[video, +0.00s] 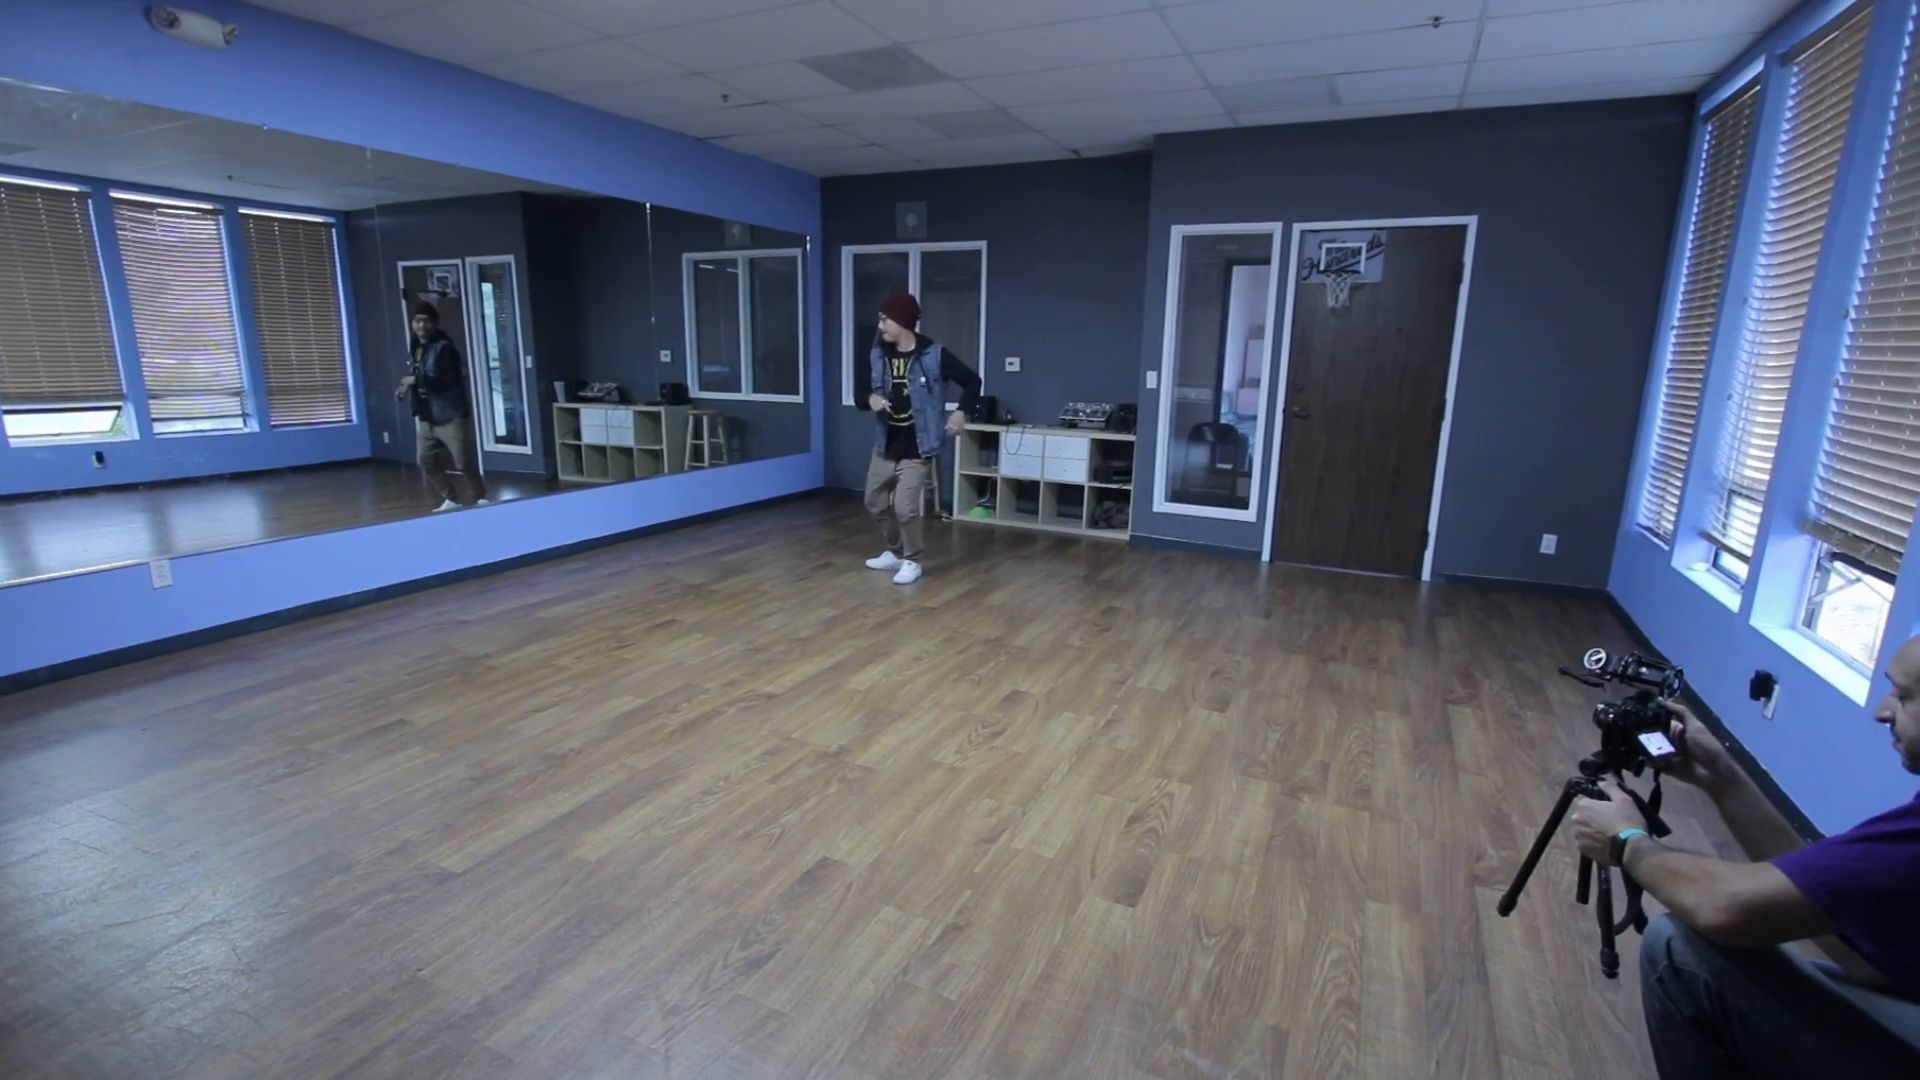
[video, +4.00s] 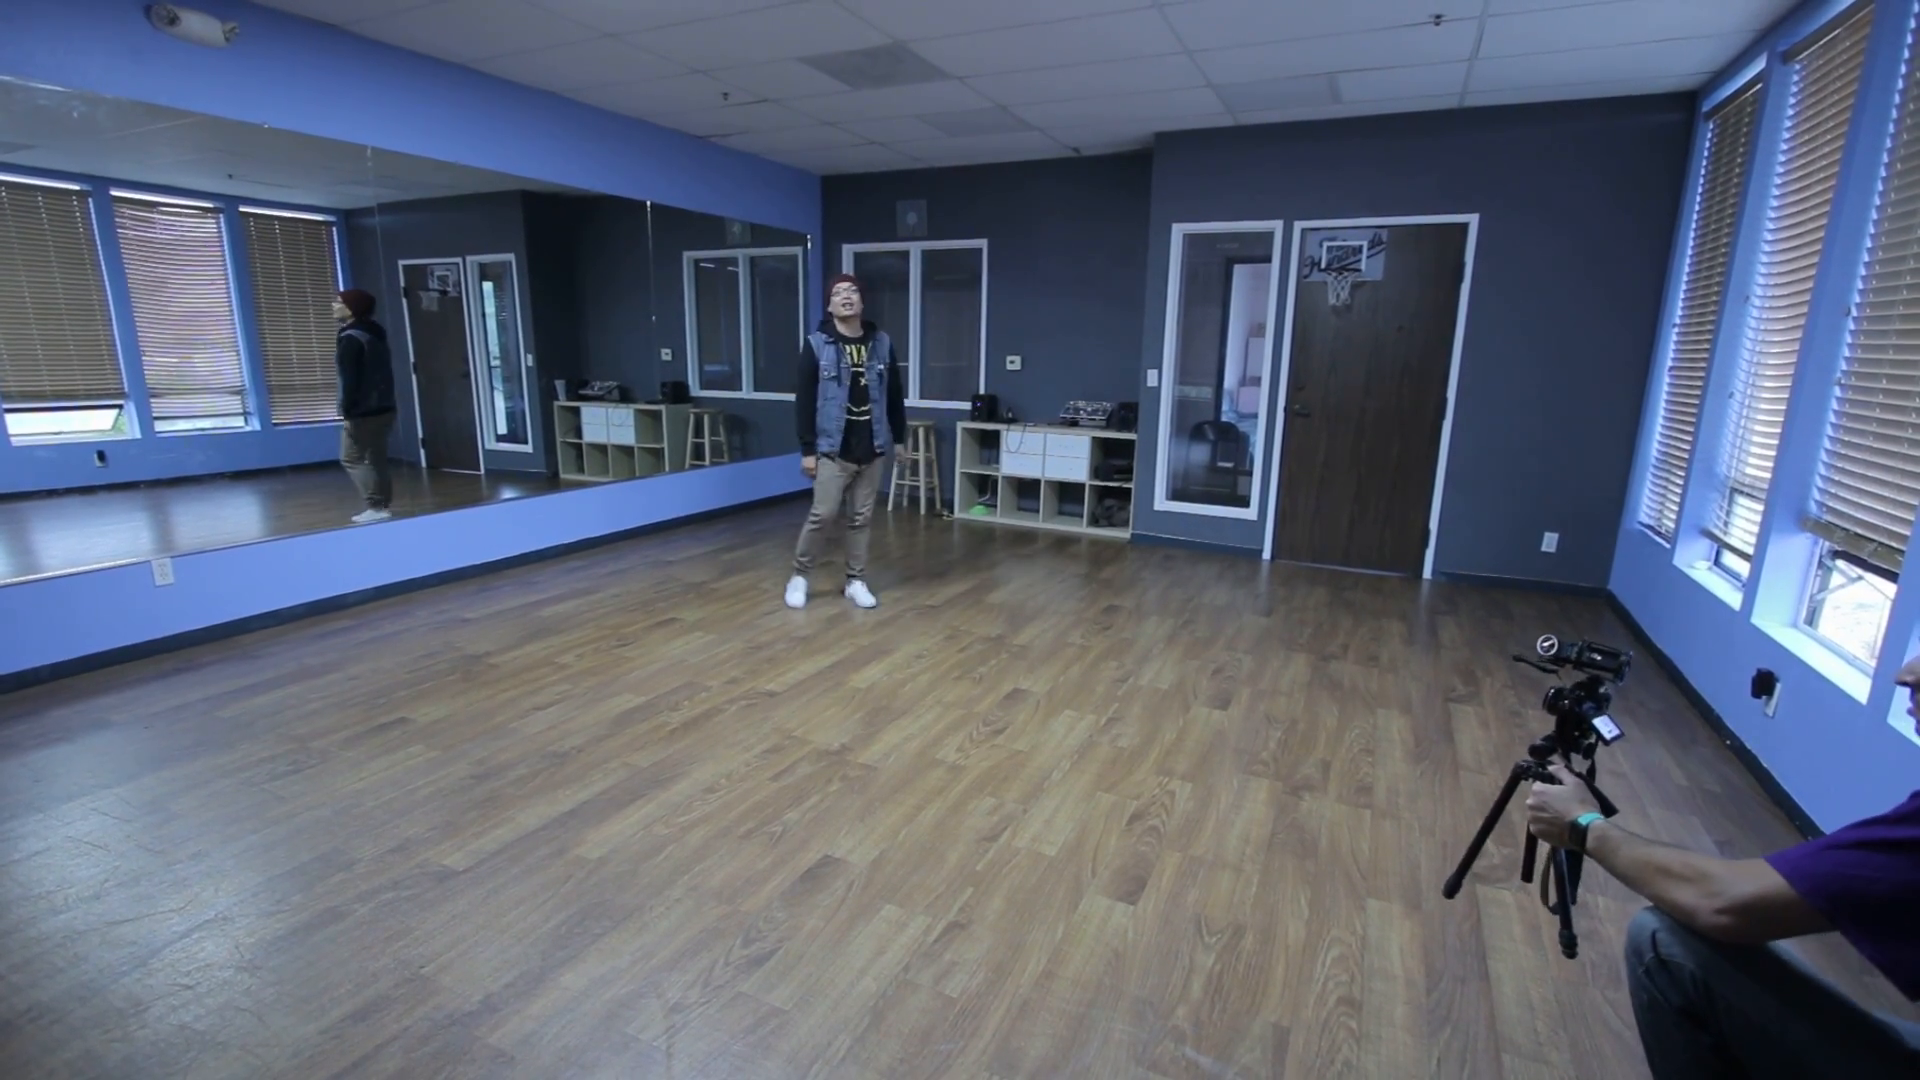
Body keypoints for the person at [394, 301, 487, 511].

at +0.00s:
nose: (420, 325)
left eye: (425, 321)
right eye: (416, 321)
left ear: (434, 324)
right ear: (412, 325)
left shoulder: (445, 348)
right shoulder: (417, 349)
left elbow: (445, 380)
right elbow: (420, 376)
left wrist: (416, 380)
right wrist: (407, 387)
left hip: (450, 413)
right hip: (426, 414)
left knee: (462, 462)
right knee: (426, 461)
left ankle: (480, 496)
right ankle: (450, 498)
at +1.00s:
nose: (407, 313)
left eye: (410, 309)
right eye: (406, 309)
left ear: (423, 312)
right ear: (423, 312)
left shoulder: (432, 340)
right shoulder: (426, 337)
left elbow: (433, 376)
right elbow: (428, 375)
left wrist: (432, 406)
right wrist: (425, 404)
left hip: (439, 406)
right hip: (433, 404)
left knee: (439, 452)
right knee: (433, 451)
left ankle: (453, 497)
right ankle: (438, 491)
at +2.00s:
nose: (364, 319)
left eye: (367, 314)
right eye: (364, 314)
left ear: (380, 316)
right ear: (379, 317)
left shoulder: (391, 339)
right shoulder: (383, 339)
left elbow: (392, 374)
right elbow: (386, 376)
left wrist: (391, 404)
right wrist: (383, 404)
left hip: (406, 403)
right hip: (397, 404)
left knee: (408, 451)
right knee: (400, 453)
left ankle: (425, 497)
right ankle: (417, 496)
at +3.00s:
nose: (275, 331)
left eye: (278, 327)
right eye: (275, 326)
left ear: (290, 330)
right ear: (303, 327)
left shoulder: (299, 354)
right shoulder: (323, 342)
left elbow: (300, 392)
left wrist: (299, 427)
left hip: (350, 411)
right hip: (372, 405)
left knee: (329, 458)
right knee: (392, 453)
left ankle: (340, 506)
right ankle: (417, 495)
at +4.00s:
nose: (334, 306)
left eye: (339, 303)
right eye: (335, 302)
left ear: (351, 309)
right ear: (358, 309)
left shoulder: (349, 338)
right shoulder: (376, 332)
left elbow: (348, 378)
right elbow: (382, 372)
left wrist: (345, 409)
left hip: (361, 411)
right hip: (382, 407)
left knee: (351, 458)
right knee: (377, 456)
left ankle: (375, 505)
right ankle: (381, 504)